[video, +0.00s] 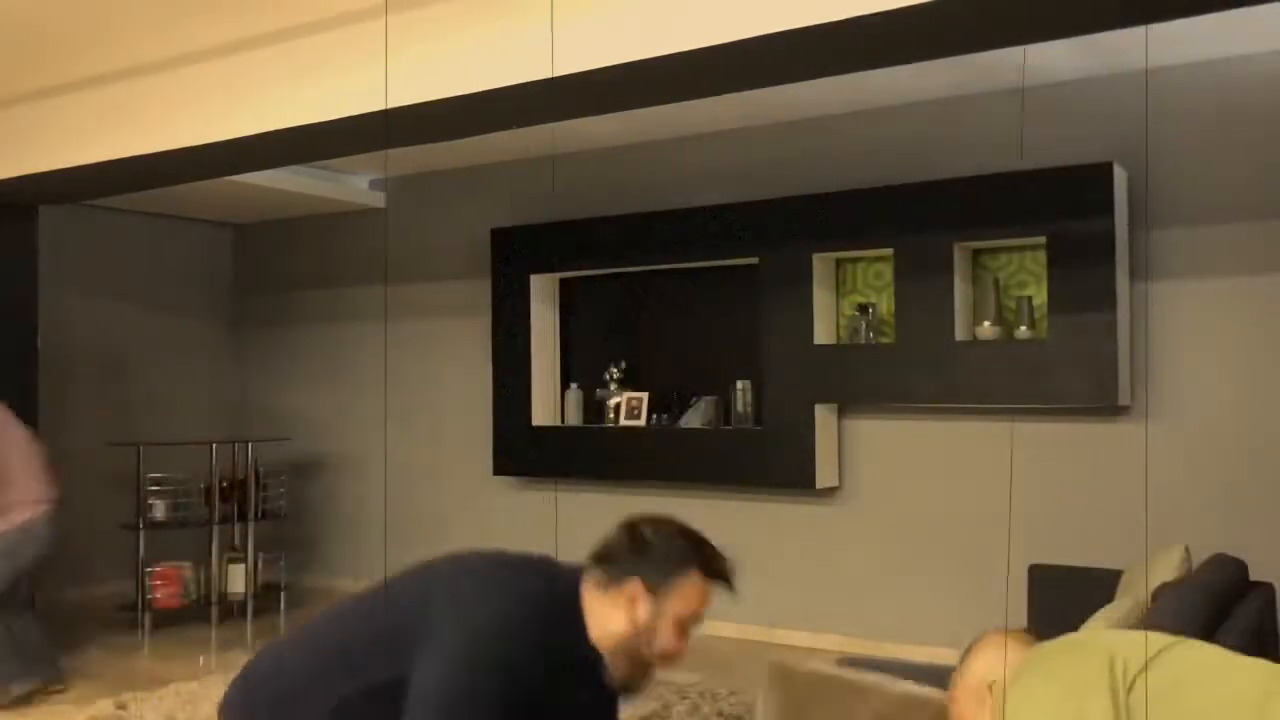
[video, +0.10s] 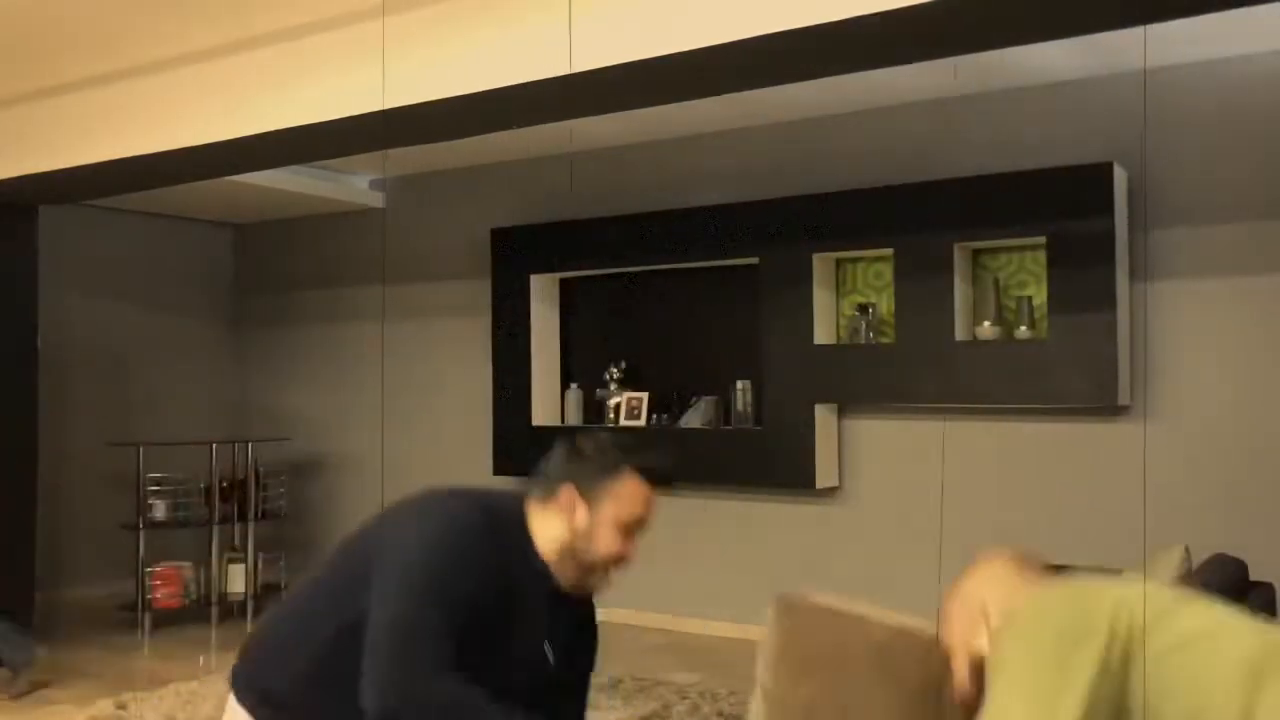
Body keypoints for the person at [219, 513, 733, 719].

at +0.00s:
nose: (685, 649)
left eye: (694, 630)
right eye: (684, 626)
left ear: (636, 601)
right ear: (635, 598)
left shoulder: (583, 661)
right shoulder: (498, 619)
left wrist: (610, 692)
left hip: (361, 703)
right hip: (277, 702)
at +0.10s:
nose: (630, 554)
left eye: (637, 534)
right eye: (626, 530)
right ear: (572, 503)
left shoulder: (570, 624)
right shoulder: (440, 535)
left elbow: (556, 717)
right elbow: (400, 698)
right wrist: (521, 712)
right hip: (277, 703)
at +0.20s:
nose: (587, 474)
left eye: (590, 456)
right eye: (579, 453)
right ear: (525, 437)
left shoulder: (551, 549)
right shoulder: (400, 479)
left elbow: (541, 689)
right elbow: (363, 613)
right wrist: (521, 644)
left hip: (430, 704)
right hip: (317, 696)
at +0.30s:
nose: (548, 433)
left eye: (550, 416)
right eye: (540, 415)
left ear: (493, 410)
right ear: (491, 408)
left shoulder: (526, 501)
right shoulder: (373, 461)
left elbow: (517, 641)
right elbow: (332, 579)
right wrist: (476, 567)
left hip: (444, 695)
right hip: (336, 692)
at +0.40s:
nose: (510, 390)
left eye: (512, 375)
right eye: (498, 373)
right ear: (446, 370)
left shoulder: (511, 452)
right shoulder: (358, 438)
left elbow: (533, 567)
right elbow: (316, 540)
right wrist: (439, 524)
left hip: (474, 655)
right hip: (369, 661)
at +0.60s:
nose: (457, 370)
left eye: (469, 357)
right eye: (441, 356)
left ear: (479, 359)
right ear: (409, 358)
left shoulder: (501, 419)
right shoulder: (372, 414)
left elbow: (525, 509)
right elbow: (335, 503)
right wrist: (432, 481)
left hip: (484, 603)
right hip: (397, 609)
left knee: (492, 712)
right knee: (400, 713)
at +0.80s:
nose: (470, 369)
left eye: (481, 356)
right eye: (456, 357)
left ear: (496, 356)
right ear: (435, 359)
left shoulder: (521, 404)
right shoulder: (411, 408)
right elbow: (364, 493)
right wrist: (436, 478)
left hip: (508, 557)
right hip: (433, 561)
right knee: (430, 690)